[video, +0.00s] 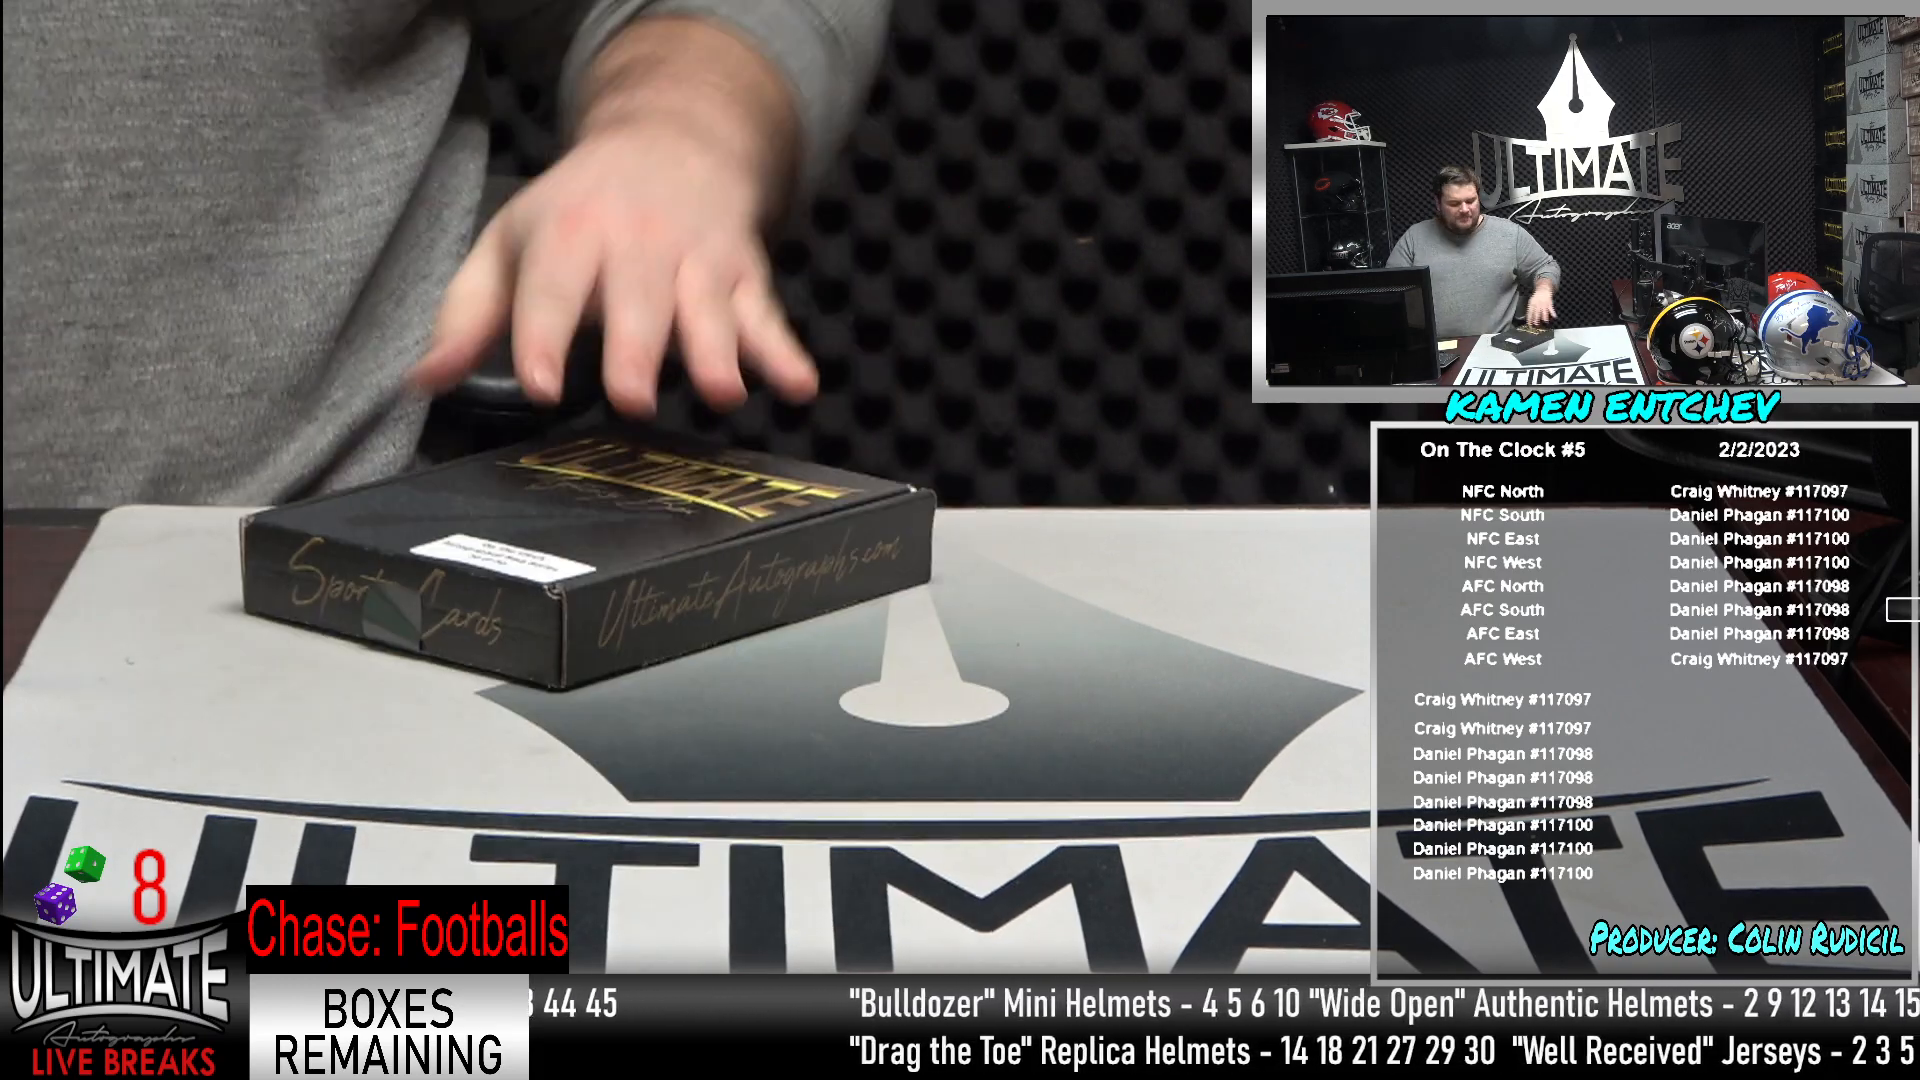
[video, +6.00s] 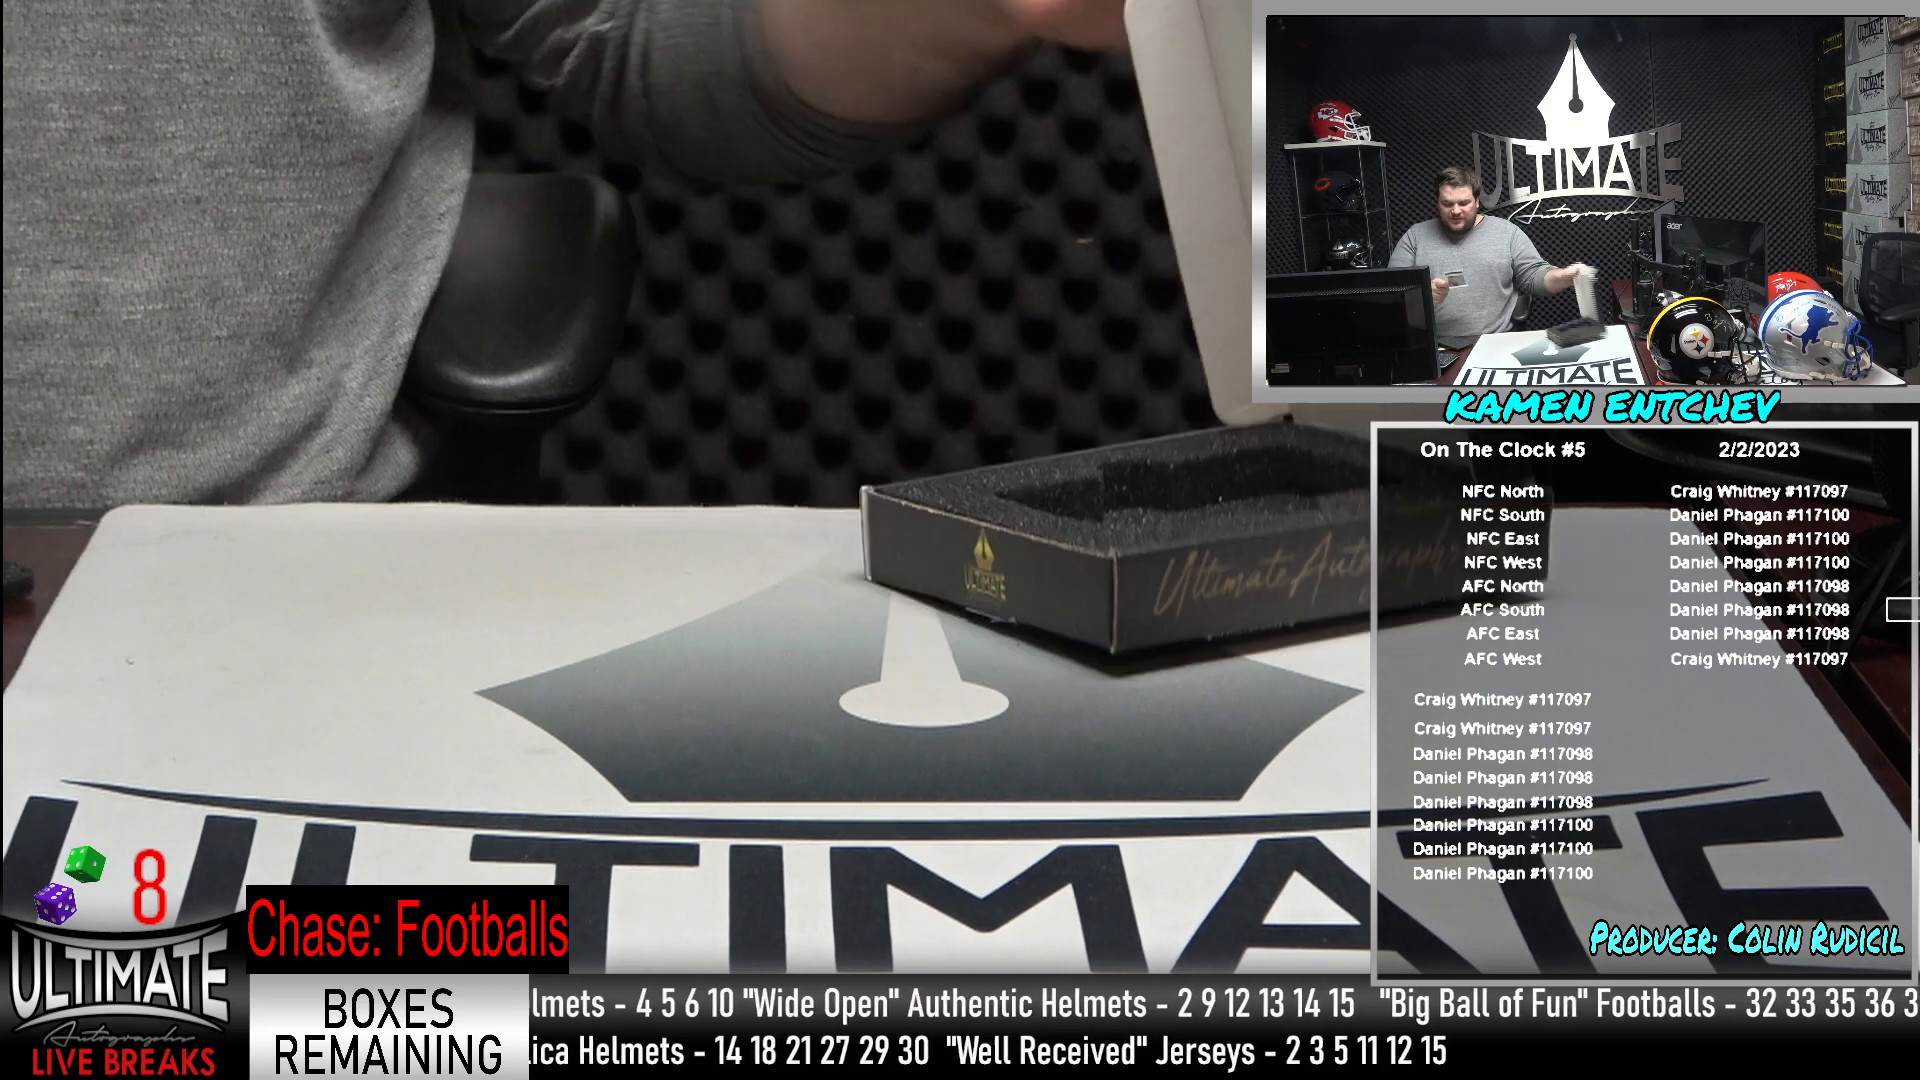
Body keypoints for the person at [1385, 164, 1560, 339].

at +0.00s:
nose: (1464, 210)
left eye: (1470, 201)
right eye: (1455, 203)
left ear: (1479, 198)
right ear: (1438, 204)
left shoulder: (1510, 234)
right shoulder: (1415, 238)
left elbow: (1545, 266)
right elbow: (1389, 288)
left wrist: (1543, 292)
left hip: (1499, 353)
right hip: (1434, 356)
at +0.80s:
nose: (1459, 206)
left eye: (1465, 197)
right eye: (1450, 200)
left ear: (1475, 197)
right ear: (1436, 202)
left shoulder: (1506, 231)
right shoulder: (1416, 237)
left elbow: (1536, 272)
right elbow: (1394, 287)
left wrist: (1520, 301)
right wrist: (1419, 311)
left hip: (1497, 349)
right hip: (1436, 354)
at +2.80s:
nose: (1457, 216)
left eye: (1464, 207)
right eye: (1449, 209)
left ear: (1475, 201)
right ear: (1436, 205)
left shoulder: (1505, 232)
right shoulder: (1416, 238)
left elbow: (1538, 272)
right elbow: (1392, 289)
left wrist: (1511, 294)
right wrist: (1430, 301)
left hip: (1500, 348)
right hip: (1436, 354)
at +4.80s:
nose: (1472, 221)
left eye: (1478, 213)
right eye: (1463, 213)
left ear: (1486, 207)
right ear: (1446, 204)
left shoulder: (1507, 233)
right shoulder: (1418, 236)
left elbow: (1540, 281)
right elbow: (1392, 289)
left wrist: (1527, 275)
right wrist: (1426, 298)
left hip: (1494, 348)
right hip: (1431, 352)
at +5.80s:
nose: (1459, 213)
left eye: (1467, 206)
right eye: (1452, 205)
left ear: (1479, 204)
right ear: (1441, 202)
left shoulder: (1507, 234)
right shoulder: (1417, 236)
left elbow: (1527, 276)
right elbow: (1391, 289)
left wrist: (1548, 272)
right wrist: (1424, 293)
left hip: (1494, 347)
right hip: (1433, 351)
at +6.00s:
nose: (1456, 211)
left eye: (1463, 203)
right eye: (1448, 204)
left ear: (1477, 201)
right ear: (1437, 203)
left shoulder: (1507, 233)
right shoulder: (1416, 237)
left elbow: (1532, 276)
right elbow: (1390, 288)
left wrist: (1564, 277)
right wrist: (1421, 291)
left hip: (1496, 348)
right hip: (1433, 352)